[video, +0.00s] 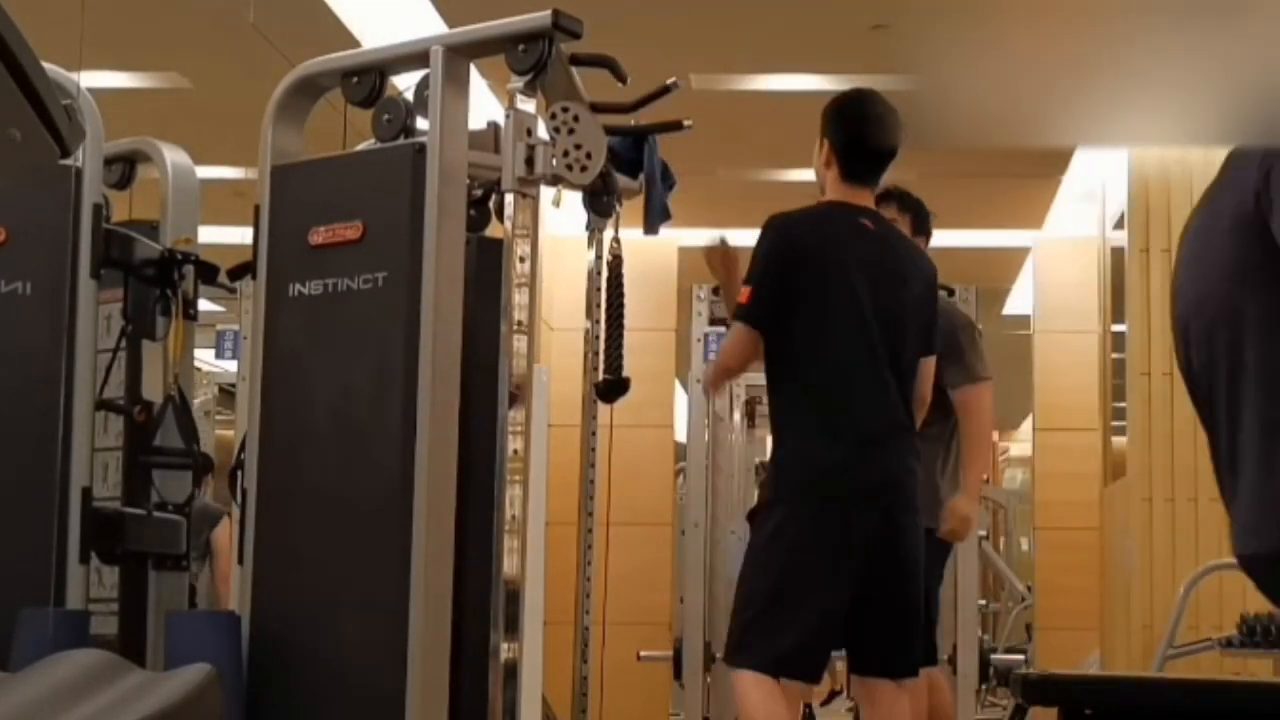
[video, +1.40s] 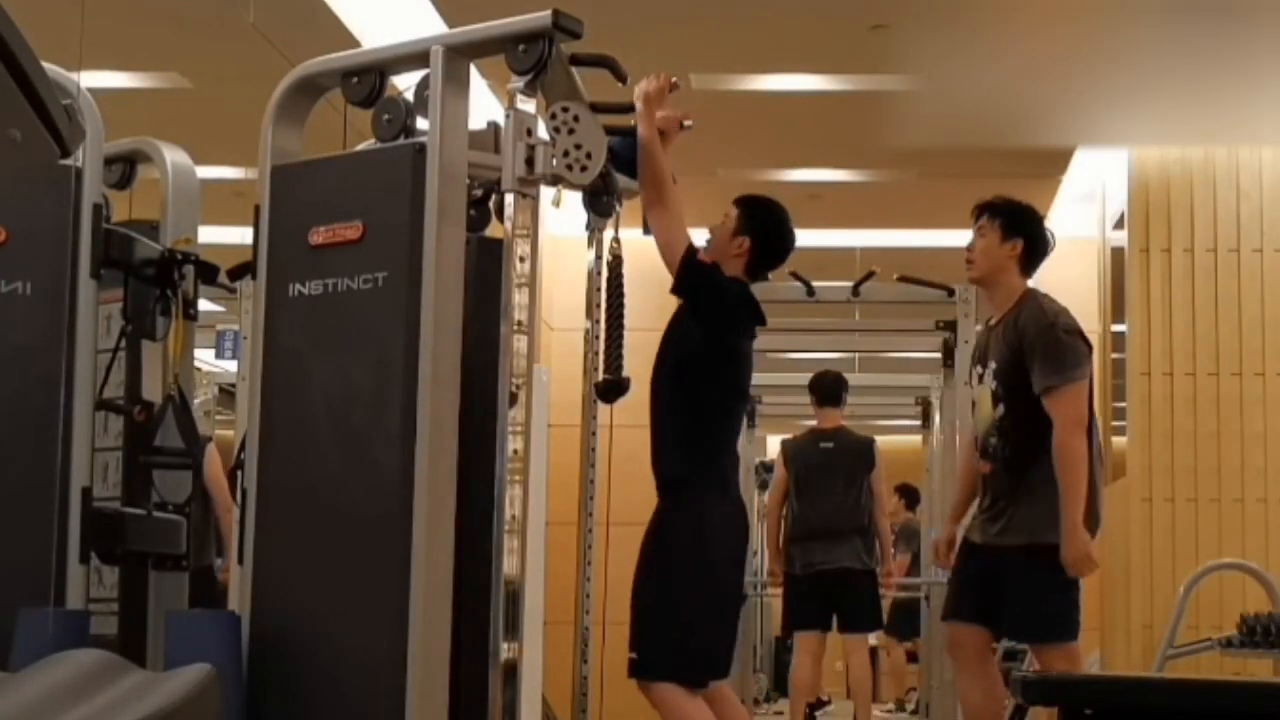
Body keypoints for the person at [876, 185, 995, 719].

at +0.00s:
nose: (881, 241)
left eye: (894, 231)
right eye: (876, 229)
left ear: (921, 242)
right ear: (867, 236)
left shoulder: (945, 321)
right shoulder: (853, 317)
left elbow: (976, 408)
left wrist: (970, 492)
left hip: (924, 506)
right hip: (869, 502)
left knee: (913, 648)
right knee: (900, 648)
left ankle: (938, 711)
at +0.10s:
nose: (889, 247)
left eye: (901, 237)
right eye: (882, 236)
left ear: (926, 247)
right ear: (872, 244)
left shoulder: (946, 321)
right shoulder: (862, 320)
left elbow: (980, 413)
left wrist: (938, 493)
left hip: (931, 512)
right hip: (882, 507)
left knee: (917, 650)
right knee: (928, 649)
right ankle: (958, 713)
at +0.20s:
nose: (890, 252)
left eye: (901, 241)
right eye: (883, 242)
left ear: (927, 250)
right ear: (874, 250)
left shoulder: (949, 320)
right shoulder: (872, 323)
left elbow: (982, 412)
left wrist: (930, 484)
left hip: (949, 511)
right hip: (907, 507)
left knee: (918, 643)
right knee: (947, 643)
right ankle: (966, 713)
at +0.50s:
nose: (887, 250)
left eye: (901, 239)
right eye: (881, 240)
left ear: (930, 255)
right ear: (874, 253)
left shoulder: (960, 313)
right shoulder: (886, 338)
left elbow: (1008, 396)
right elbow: (894, 434)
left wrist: (1001, 493)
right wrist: (893, 510)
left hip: (969, 509)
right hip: (918, 516)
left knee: (976, 642)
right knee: (945, 647)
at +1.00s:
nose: (947, 249)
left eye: (959, 238)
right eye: (947, 239)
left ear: (996, 249)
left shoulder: (1029, 319)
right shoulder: (956, 339)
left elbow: (1036, 408)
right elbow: (935, 426)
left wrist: (954, 468)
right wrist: (882, 476)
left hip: (1024, 520)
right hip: (968, 522)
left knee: (1038, 655)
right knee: (971, 652)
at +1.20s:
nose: (959, 246)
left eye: (972, 234)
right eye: (963, 234)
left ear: (1005, 248)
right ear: (994, 250)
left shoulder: (1041, 322)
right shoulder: (974, 339)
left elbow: (1056, 421)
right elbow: (964, 430)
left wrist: (996, 501)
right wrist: (921, 487)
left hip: (1043, 521)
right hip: (988, 519)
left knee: (1052, 657)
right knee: (978, 652)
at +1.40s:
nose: (967, 247)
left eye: (980, 236)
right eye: (971, 236)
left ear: (1015, 249)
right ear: (997, 249)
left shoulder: (1048, 325)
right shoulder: (989, 335)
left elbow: (1071, 430)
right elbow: (982, 436)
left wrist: (1072, 527)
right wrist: (954, 519)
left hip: (1043, 524)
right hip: (991, 523)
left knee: (1057, 657)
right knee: (965, 638)